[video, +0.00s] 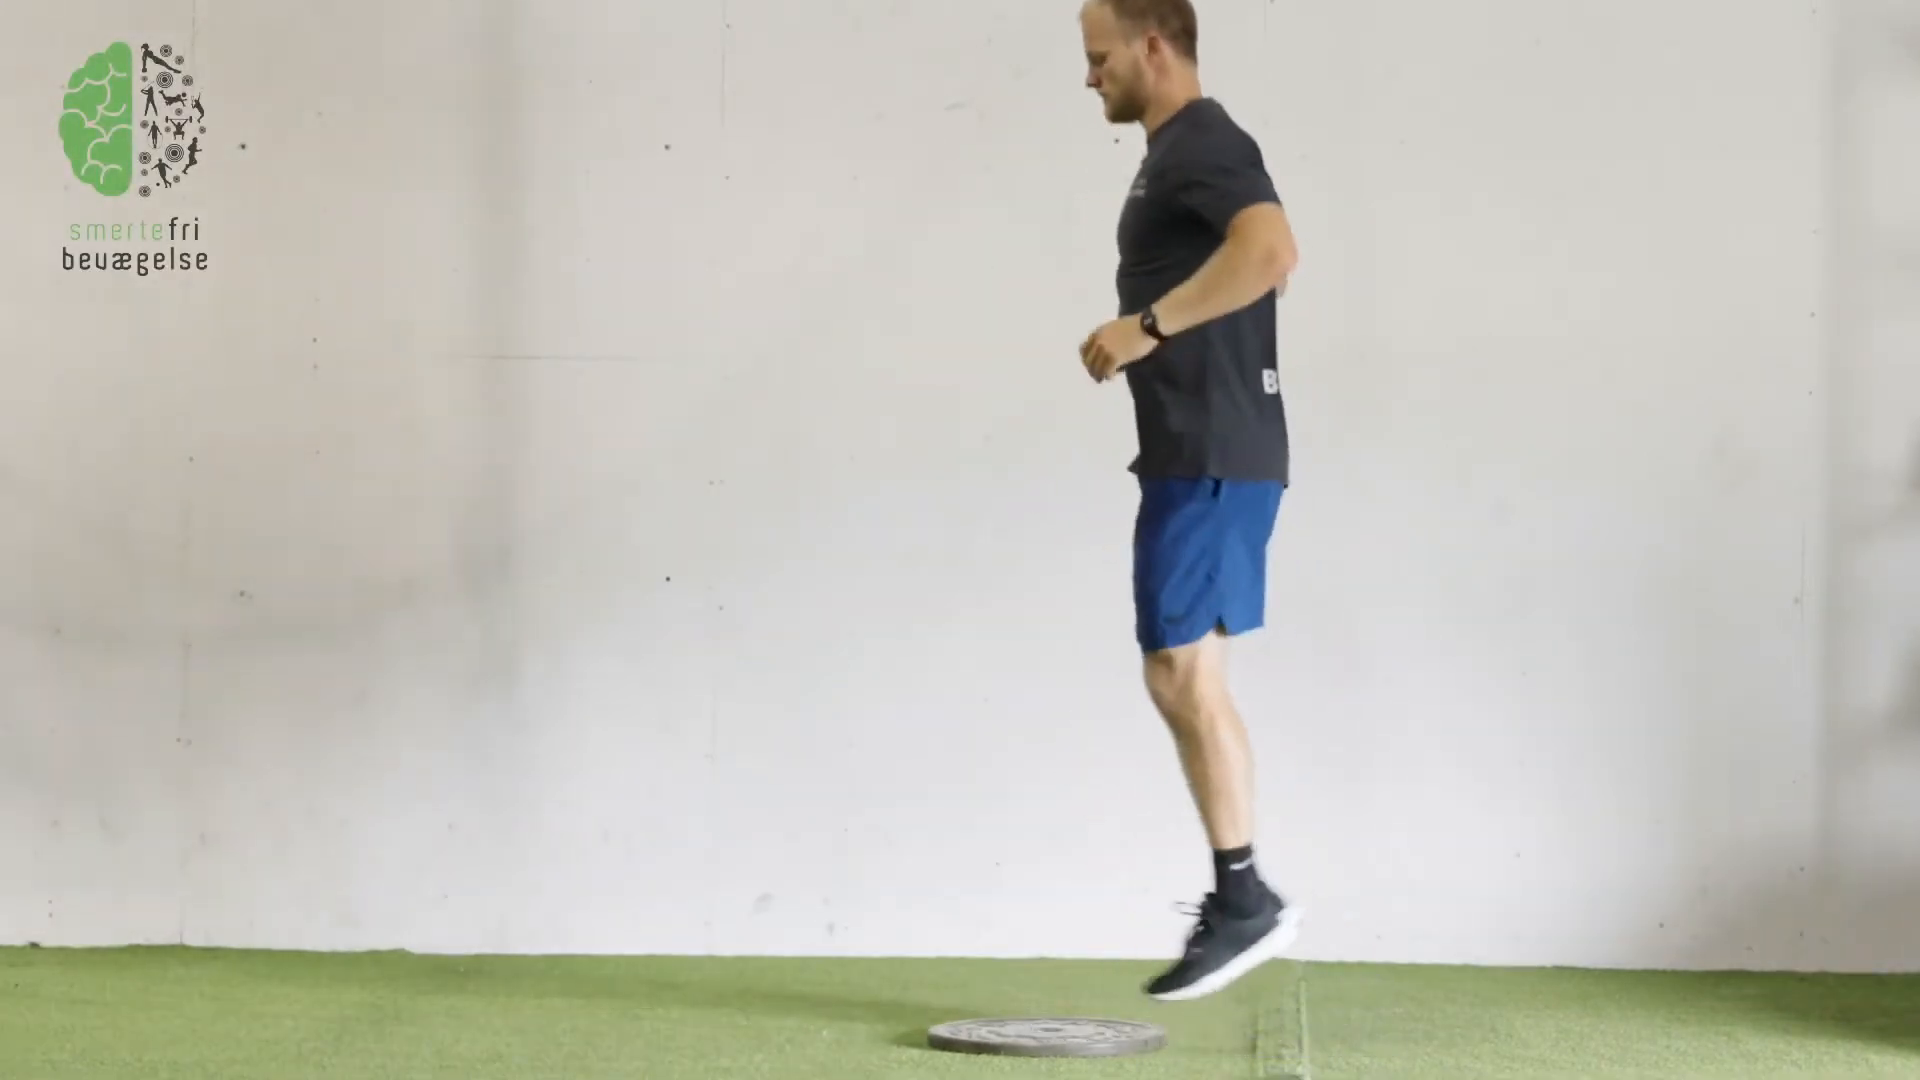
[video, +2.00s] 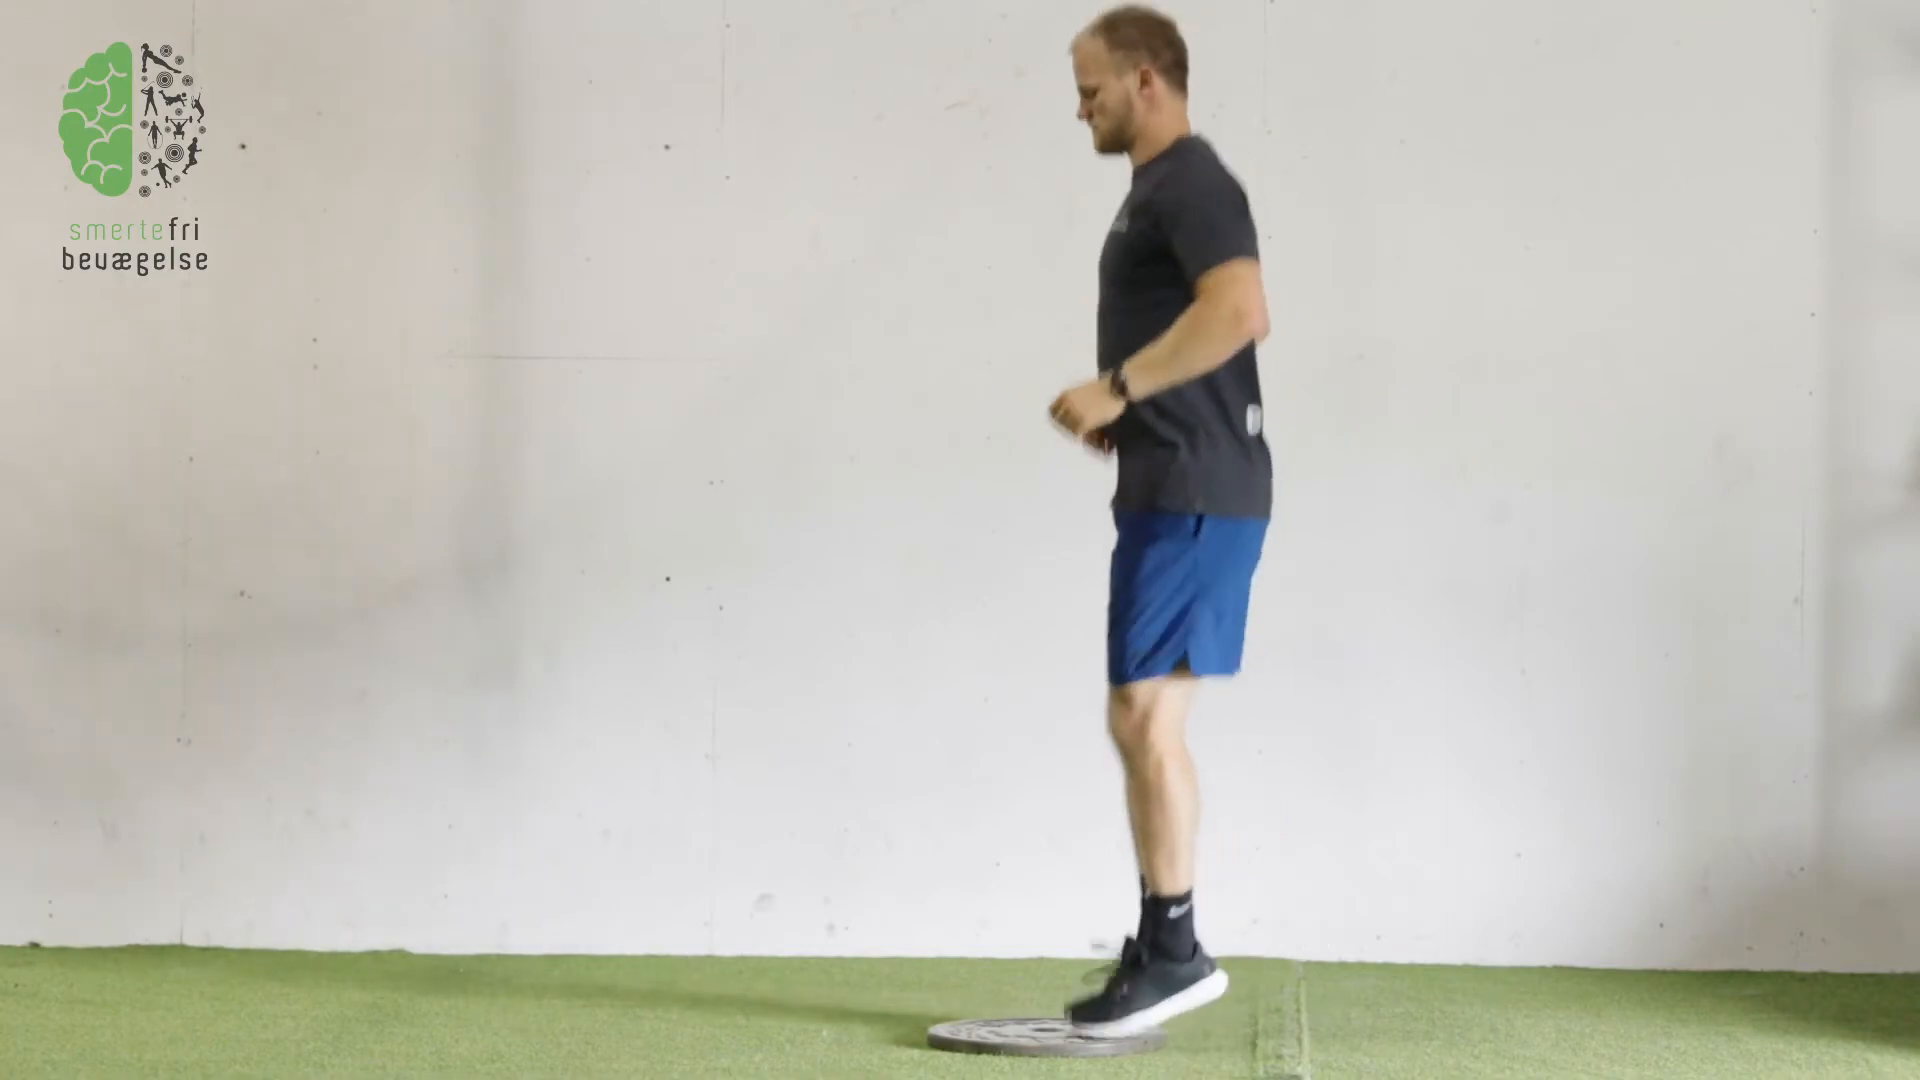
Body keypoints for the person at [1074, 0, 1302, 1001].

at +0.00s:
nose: (1090, 77)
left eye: (1097, 57)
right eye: (1088, 60)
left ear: (1153, 47)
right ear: (1153, 51)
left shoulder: (1202, 139)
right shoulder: (1186, 145)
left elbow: (1268, 248)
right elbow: (1270, 260)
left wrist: (1149, 325)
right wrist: (1163, 334)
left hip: (1210, 461)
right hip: (1195, 457)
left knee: (1184, 677)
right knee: (1183, 678)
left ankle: (1242, 898)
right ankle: (1238, 896)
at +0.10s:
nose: (1073, 112)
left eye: (1082, 92)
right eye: (1071, 94)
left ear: (1137, 83)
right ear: (1132, 87)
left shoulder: (1185, 175)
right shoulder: (1161, 182)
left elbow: (1240, 298)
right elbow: (1211, 320)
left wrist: (1127, 380)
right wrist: (1129, 406)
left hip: (1202, 489)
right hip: (1177, 486)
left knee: (1154, 711)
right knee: (1144, 710)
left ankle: (1171, 942)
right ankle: (1167, 938)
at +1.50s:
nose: (1101, 124)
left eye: (1111, 105)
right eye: (1101, 108)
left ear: (1166, 99)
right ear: (1166, 103)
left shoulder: (1219, 199)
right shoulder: (1185, 208)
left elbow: (1288, 324)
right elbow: (1247, 341)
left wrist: (1191, 432)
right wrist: (1169, 446)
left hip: (1230, 517)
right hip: (1208, 514)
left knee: (1203, 732)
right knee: (1191, 734)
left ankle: (1297, 949)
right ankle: (1290, 947)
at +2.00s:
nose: (1081, 109)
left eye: (1090, 89)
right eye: (1079, 92)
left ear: (1148, 81)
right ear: (1144, 85)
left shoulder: (1191, 177)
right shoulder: (1165, 183)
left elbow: (1238, 309)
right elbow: (1214, 325)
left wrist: (1119, 385)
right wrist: (1125, 404)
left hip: (1197, 491)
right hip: (1175, 488)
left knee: (1147, 715)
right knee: (1141, 714)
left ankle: (1172, 950)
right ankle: (1163, 946)